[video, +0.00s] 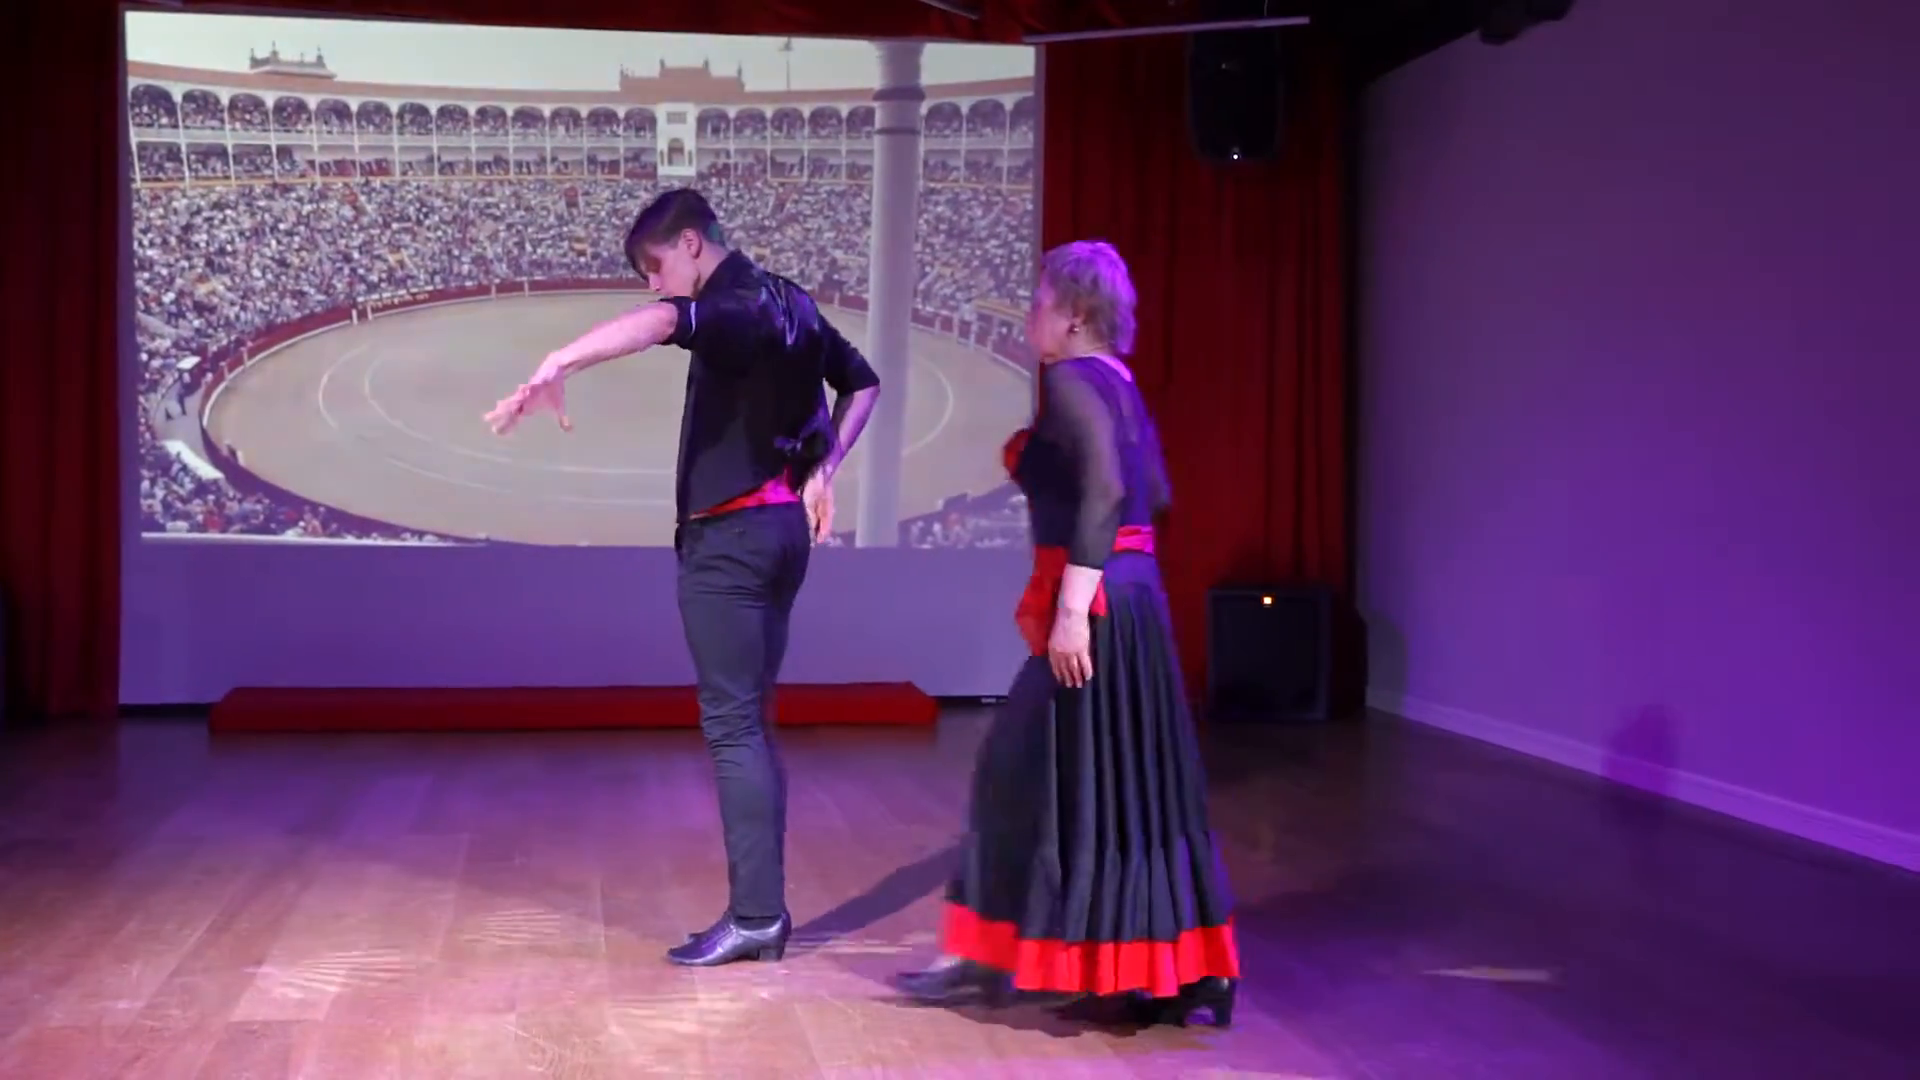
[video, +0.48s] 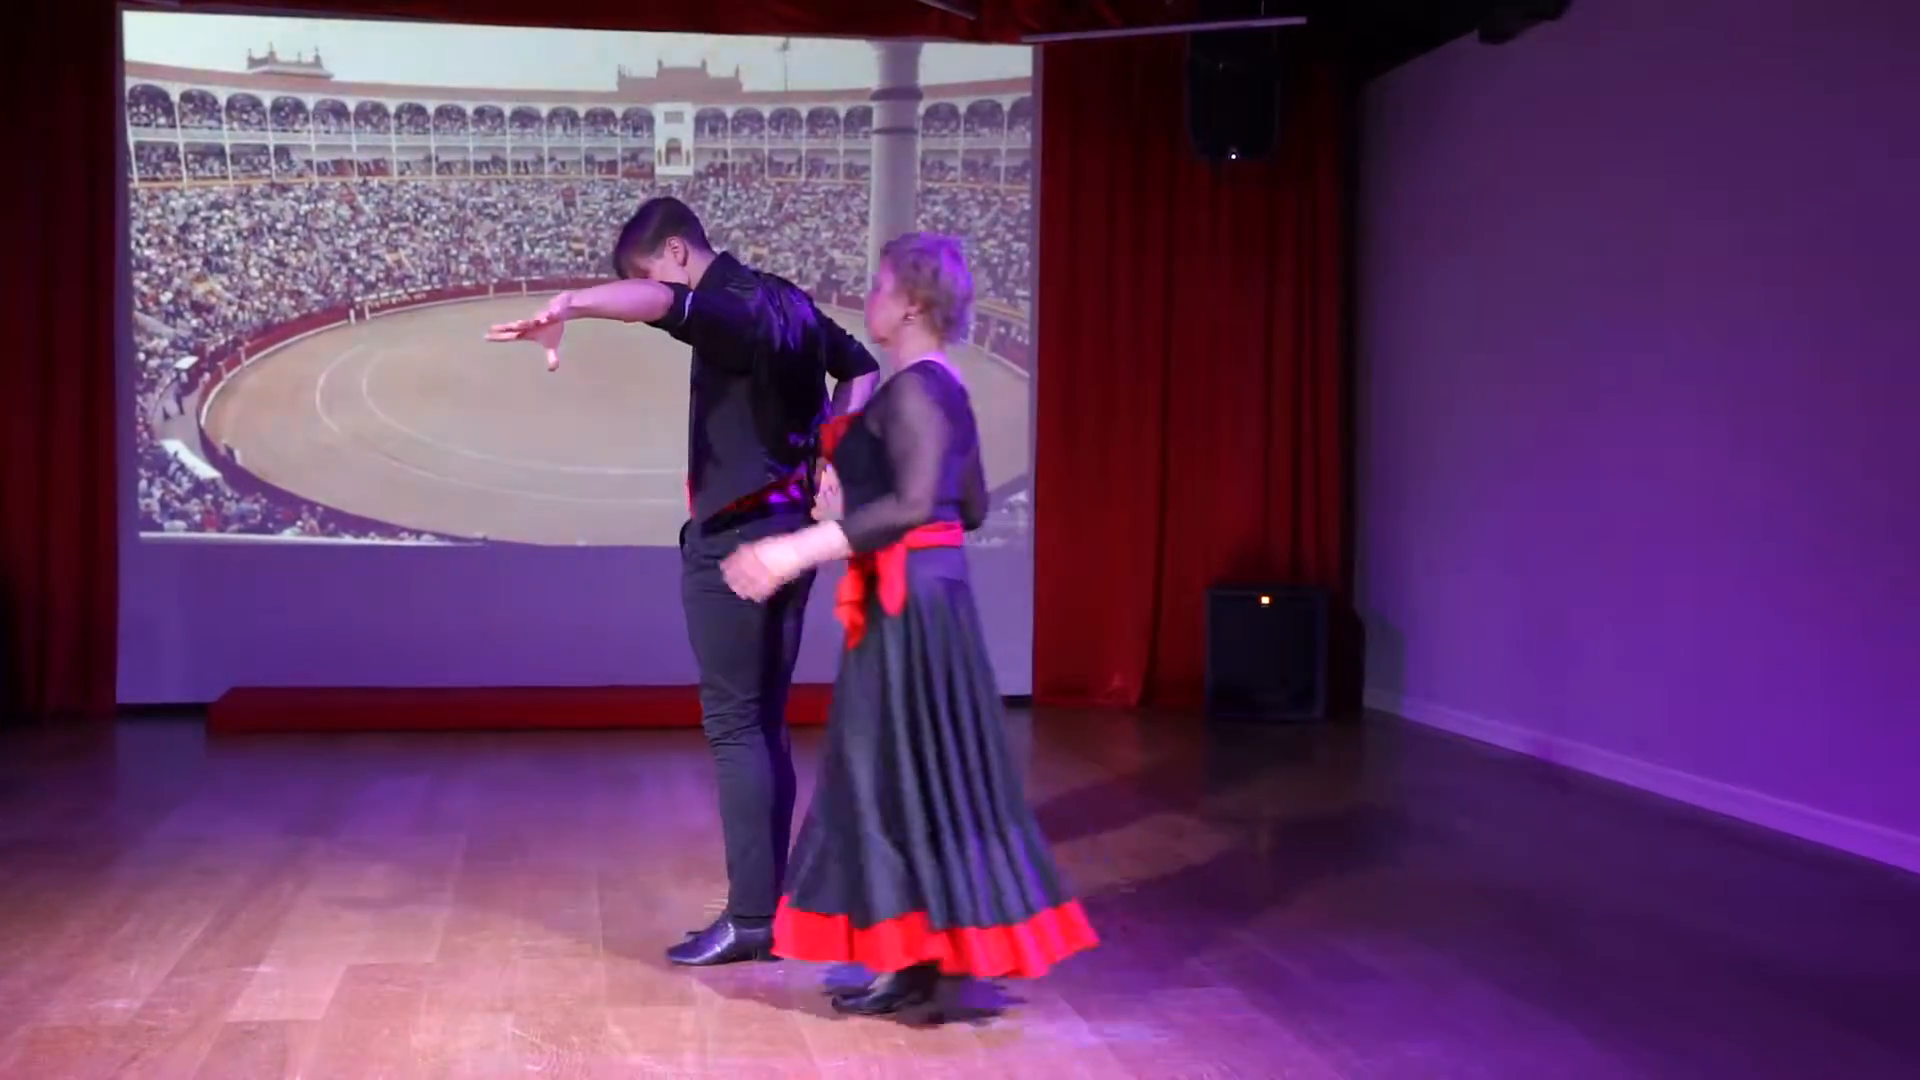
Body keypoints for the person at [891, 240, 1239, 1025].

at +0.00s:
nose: (1030, 318)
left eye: (1039, 304)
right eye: (1034, 303)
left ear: (1068, 311)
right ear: (1104, 315)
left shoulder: (1070, 382)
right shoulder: (1118, 385)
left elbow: (1100, 489)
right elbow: (1148, 493)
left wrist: (1073, 606)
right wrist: (1043, 468)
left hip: (1089, 602)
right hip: (1132, 598)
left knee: (1007, 766)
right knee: (1146, 776)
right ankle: (1189, 963)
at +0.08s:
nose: (1002, 316)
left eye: (1013, 304)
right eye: (1007, 303)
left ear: (1047, 315)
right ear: (1071, 319)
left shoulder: (1052, 397)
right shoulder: (1092, 397)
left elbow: (1081, 501)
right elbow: (1135, 503)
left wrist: (1051, 617)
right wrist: (1021, 481)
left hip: (1059, 608)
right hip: (1100, 604)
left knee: (985, 775)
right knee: (1121, 783)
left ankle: (930, 954)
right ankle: (1174, 963)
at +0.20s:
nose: (960, 319)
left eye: (972, 304)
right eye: (965, 303)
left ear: (1008, 316)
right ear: (1029, 319)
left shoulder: (1017, 400)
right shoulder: (1044, 398)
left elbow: (1031, 516)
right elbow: (1079, 519)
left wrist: (985, 624)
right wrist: (985, 574)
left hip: (1003, 613)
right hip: (1043, 611)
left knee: (937, 778)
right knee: (1079, 782)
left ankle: (916, 959)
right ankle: (1150, 952)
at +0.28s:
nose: (928, 309)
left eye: (942, 296)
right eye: (936, 294)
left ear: (978, 311)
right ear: (991, 314)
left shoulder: (984, 396)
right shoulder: (1008, 395)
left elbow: (996, 512)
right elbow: (1046, 514)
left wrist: (927, 611)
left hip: (968, 609)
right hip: (990, 605)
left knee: (917, 779)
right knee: (1039, 779)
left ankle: (916, 961)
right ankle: (1129, 938)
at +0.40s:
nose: (893, 301)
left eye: (904, 289)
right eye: (898, 288)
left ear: (935, 303)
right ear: (952, 306)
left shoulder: (941, 390)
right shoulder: (963, 388)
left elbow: (947, 505)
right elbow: (997, 511)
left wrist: (839, 581)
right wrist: (885, 531)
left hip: (935, 600)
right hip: (948, 594)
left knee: (904, 771)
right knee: (971, 770)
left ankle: (914, 956)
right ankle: (1042, 945)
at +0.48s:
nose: (867, 301)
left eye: (877, 288)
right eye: (872, 287)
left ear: (908, 302)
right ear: (936, 305)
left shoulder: (912, 388)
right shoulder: (943, 385)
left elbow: (909, 503)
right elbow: (969, 507)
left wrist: (791, 552)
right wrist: (855, 501)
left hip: (908, 591)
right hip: (931, 584)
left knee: (887, 766)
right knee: (910, 765)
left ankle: (925, 960)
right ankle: (922, 957)